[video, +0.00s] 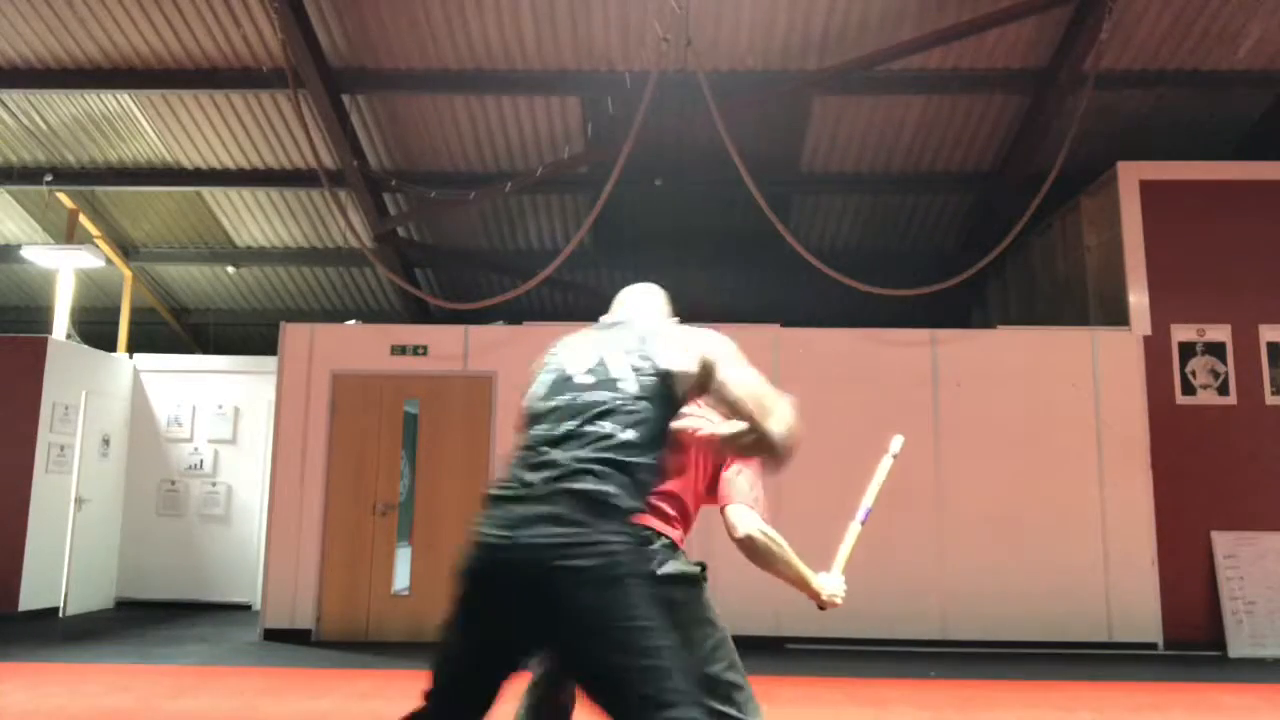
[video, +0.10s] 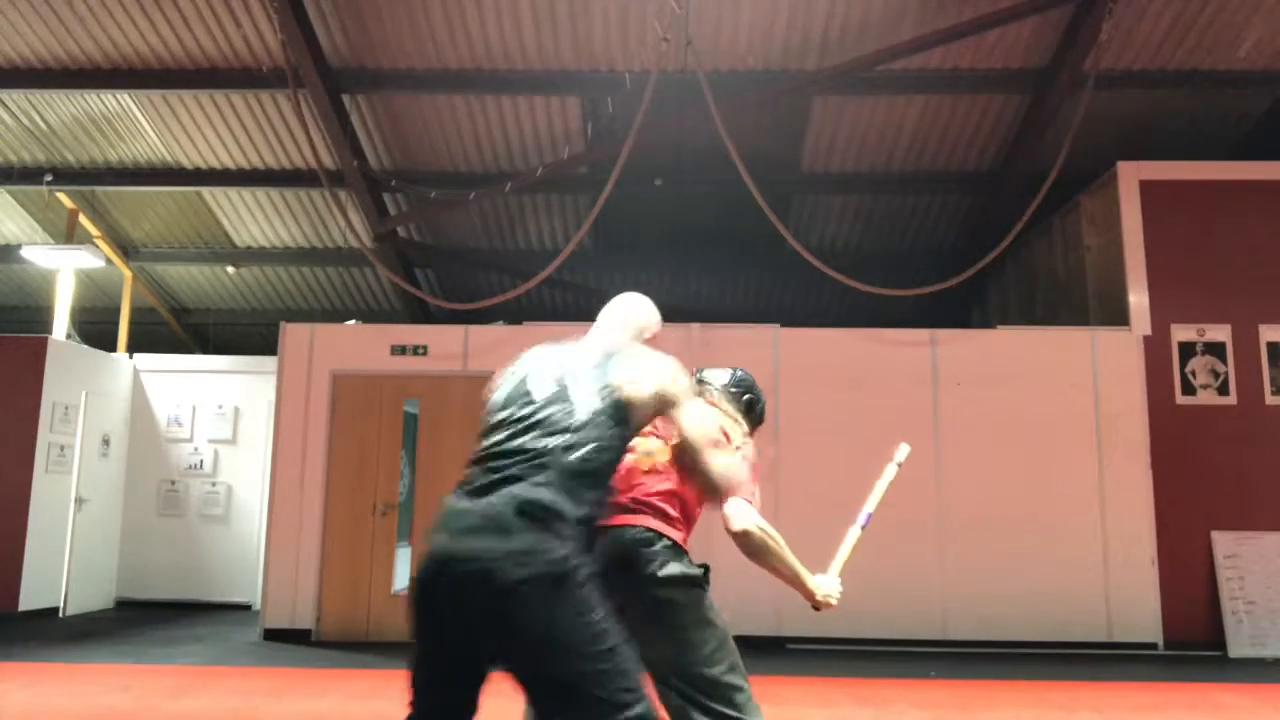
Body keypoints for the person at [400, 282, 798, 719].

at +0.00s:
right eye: (667, 314)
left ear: (609, 317)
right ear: (668, 317)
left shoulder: (558, 351)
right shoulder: (693, 341)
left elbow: (528, 431)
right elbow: (778, 430)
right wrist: (718, 435)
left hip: (501, 548)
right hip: (594, 552)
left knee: (450, 705)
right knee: (667, 708)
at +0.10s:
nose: (651, 343)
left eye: (649, 335)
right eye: (650, 335)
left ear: (597, 320)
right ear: (643, 331)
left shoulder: (518, 366)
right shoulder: (649, 365)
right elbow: (720, 476)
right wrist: (735, 462)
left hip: (447, 557)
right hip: (535, 561)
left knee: (437, 709)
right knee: (622, 709)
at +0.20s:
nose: (650, 364)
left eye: (651, 355)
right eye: (649, 354)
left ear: (586, 333)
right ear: (636, 344)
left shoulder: (501, 373)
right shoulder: (631, 381)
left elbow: (455, 456)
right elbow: (697, 488)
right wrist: (730, 467)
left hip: (432, 570)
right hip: (518, 574)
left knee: (429, 708)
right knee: (600, 709)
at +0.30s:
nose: (619, 392)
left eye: (625, 385)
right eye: (621, 382)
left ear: (568, 348)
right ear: (599, 355)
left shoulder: (475, 385)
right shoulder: (593, 402)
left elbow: (441, 473)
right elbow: (614, 492)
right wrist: (666, 528)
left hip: (407, 595)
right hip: (499, 599)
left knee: (420, 710)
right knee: (575, 710)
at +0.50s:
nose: (613, 398)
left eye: (622, 386)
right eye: (619, 382)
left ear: (563, 352)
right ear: (601, 360)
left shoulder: (483, 401)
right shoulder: (565, 409)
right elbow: (515, 488)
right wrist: (590, 559)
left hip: (379, 615)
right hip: (457, 621)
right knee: (547, 708)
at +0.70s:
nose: (607, 398)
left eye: (611, 380)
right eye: (611, 378)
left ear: (550, 359)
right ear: (602, 366)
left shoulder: (501, 406)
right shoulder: (532, 398)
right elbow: (486, 467)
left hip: (379, 606)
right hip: (416, 611)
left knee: (425, 705)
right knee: (522, 710)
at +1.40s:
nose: (524, 408)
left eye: (530, 400)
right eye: (526, 397)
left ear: (483, 369)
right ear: (505, 371)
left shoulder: (404, 410)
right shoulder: (497, 415)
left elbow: (399, 500)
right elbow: (562, 504)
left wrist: (467, 516)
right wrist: (587, 421)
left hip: (336, 593)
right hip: (407, 592)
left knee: (394, 688)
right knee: (480, 711)